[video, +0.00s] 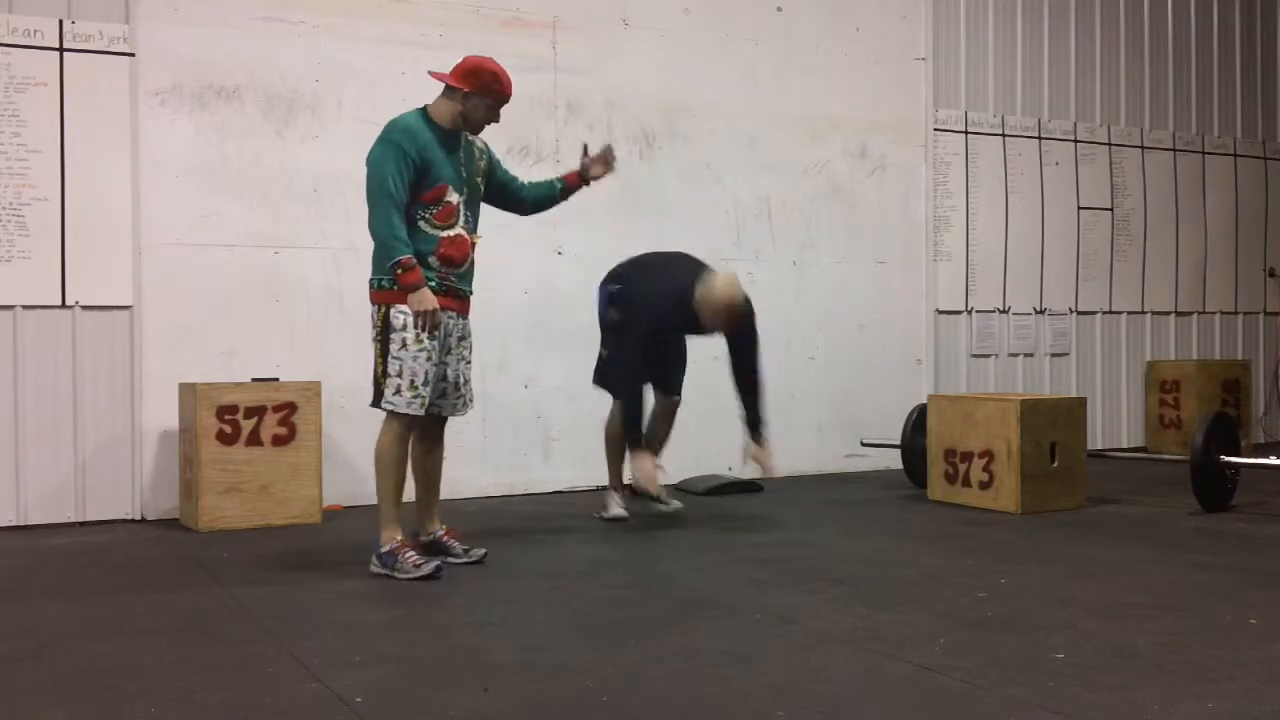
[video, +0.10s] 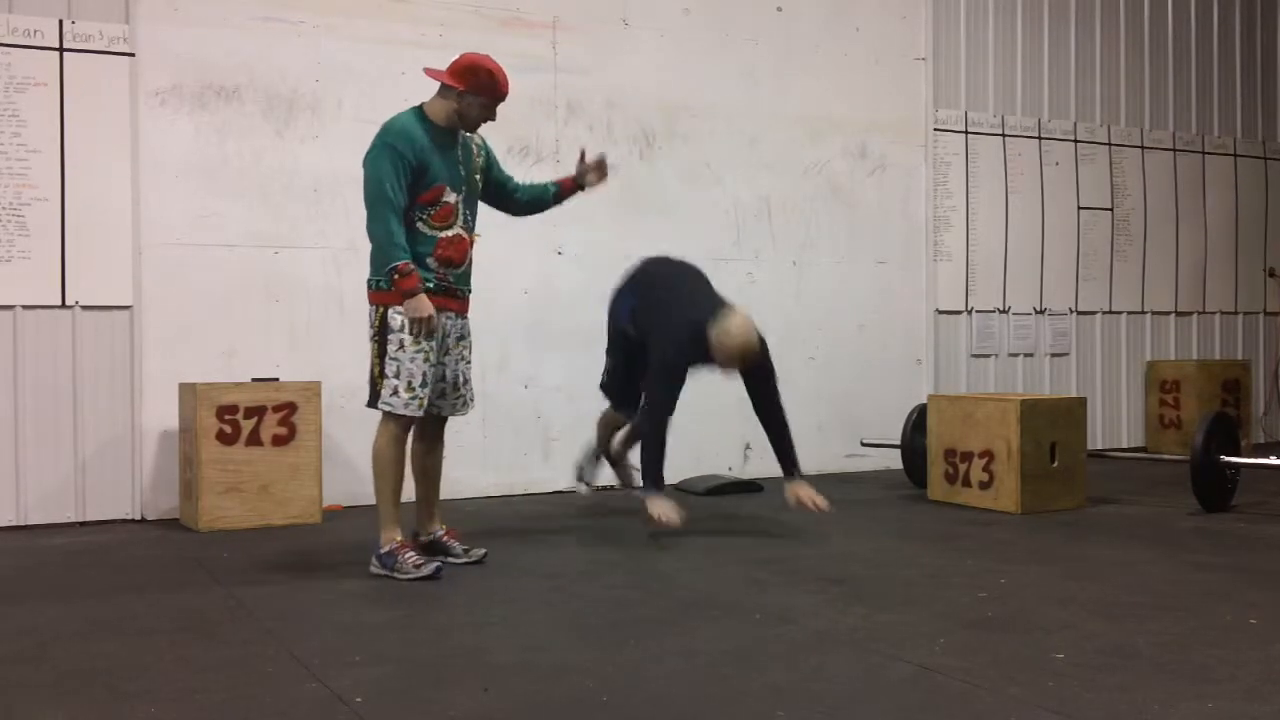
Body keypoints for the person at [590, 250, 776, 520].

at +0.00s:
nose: (719, 325)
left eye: (725, 319)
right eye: (715, 317)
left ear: (734, 305)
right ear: (702, 302)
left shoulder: (736, 307)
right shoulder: (655, 303)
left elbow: (746, 372)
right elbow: (630, 384)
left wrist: (756, 438)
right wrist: (637, 451)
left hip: (666, 313)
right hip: (624, 307)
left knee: (669, 400)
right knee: (623, 402)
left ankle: (644, 481)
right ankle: (615, 490)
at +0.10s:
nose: (729, 369)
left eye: (737, 363)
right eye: (725, 362)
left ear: (749, 345)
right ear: (714, 347)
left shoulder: (745, 338)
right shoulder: (674, 343)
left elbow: (768, 406)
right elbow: (654, 418)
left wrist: (793, 476)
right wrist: (653, 491)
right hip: (634, 298)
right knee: (622, 408)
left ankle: (620, 451)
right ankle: (598, 452)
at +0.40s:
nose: (784, 514)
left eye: (789, 509)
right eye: (779, 509)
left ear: (794, 494)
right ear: (759, 498)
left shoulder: (794, 477)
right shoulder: (712, 480)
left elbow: (815, 468)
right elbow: (645, 477)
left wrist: (816, 521)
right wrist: (649, 534)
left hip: (703, 478)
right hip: (662, 477)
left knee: (631, 479)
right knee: (609, 482)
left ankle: (604, 464)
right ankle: (576, 463)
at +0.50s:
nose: (788, 537)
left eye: (794, 530)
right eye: (781, 533)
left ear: (799, 510)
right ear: (758, 517)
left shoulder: (796, 489)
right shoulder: (713, 502)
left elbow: (809, 462)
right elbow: (649, 469)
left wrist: (816, 522)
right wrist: (650, 534)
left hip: (694, 492)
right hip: (659, 504)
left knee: (643, 482)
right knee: (616, 499)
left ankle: (606, 460)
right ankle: (583, 464)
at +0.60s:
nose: (785, 538)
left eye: (792, 531)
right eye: (779, 533)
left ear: (799, 510)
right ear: (757, 515)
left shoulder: (799, 487)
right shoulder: (711, 502)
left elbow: (813, 461)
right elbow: (652, 475)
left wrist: (816, 522)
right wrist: (651, 533)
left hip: (702, 471)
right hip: (656, 484)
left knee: (642, 470)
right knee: (615, 490)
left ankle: (610, 458)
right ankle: (583, 462)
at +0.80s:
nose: (788, 543)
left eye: (795, 535)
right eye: (781, 537)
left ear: (800, 515)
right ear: (756, 519)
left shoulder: (799, 493)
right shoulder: (713, 509)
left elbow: (810, 460)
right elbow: (649, 468)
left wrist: (817, 521)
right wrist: (652, 534)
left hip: (699, 483)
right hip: (657, 498)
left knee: (646, 481)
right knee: (612, 497)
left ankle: (611, 462)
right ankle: (580, 463)